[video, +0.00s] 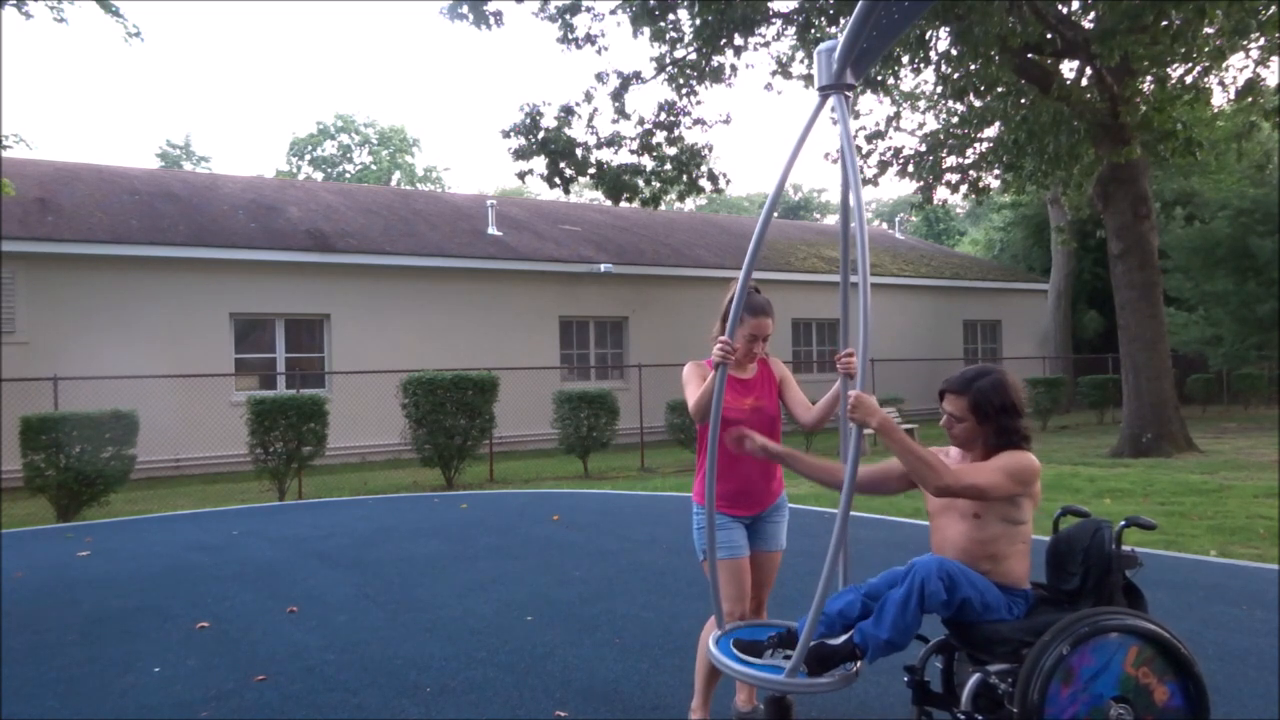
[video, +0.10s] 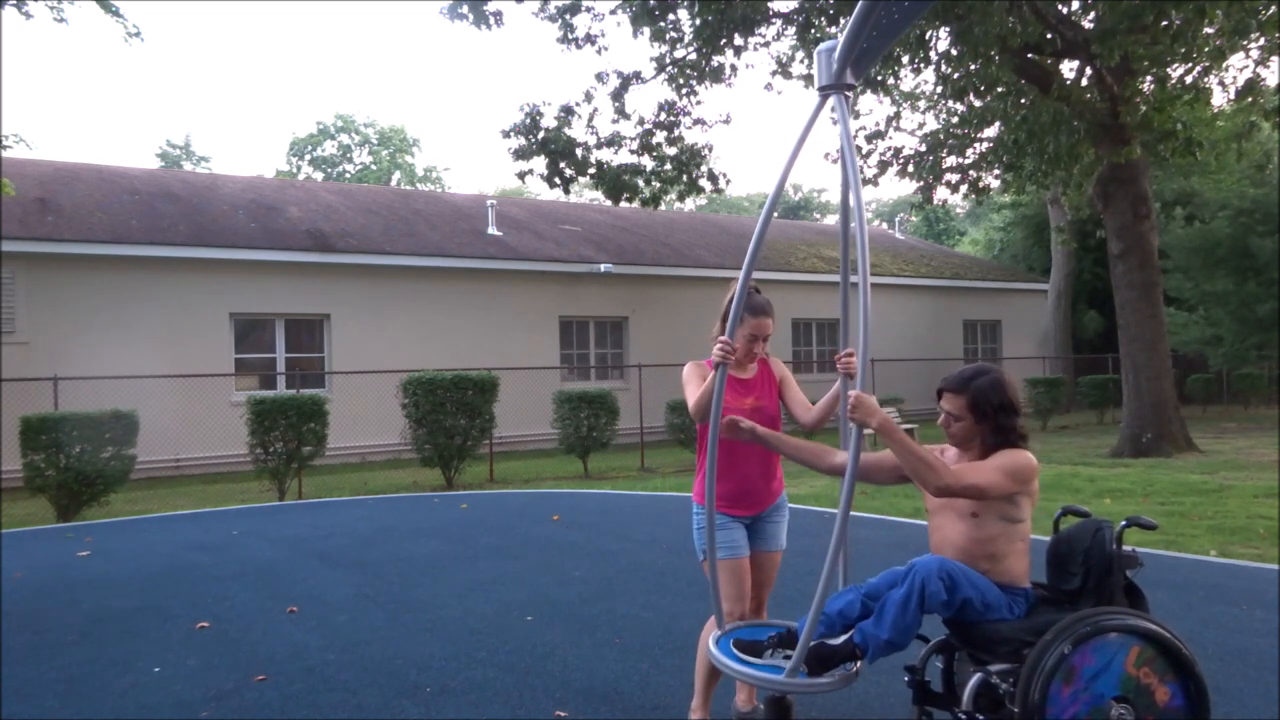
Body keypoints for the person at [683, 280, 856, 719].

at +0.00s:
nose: (760, 347)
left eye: (765, 338)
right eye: (752, 337)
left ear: (770, 332)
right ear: (727, 328)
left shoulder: (774, 367)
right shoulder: (698, 369)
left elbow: (811, 417)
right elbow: (698, 412)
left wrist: (842, 381)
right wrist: (719, 369)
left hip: (771, 504)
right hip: (718, 507)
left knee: (757, 611)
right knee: (732, 615)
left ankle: (746, 699)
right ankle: (699, 706)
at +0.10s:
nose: (760, 347)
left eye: (766, 338)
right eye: (752, 337)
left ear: (771, 332)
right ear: (728, 328)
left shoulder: (774, 367)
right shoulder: (698, 369)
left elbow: (810, 417)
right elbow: (699, 412)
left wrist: (842, 381)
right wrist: (719, 369)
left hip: (771, 504)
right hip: (718, 507)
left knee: (757, 611)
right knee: (732, 615)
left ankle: (747, 699)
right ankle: (699, 706)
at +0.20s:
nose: (760, 347)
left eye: (766, 338)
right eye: (752, 337)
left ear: (771, 332)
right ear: (728, 328)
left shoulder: (774, 367)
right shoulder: (698, 369)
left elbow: (810, 417)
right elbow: (698, 412)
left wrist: (842, 381)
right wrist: (719, 369)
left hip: (771, 504)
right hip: (718, 507)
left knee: (757, 611)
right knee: (732, 615)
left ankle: (747, 699)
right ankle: (699, 706)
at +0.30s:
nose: (760, 347)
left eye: (766, 338)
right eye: (752, 337)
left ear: (771, 332)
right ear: (728, 328)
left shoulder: (774, 367)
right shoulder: (698, 369)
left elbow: (811, 417)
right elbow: (699, 413)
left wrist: (842, 381)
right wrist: (719, 369)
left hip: (771, 504)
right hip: (718, 507)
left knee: (757, 611)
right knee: (732, 615)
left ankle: (746, 699)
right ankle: (699, 706)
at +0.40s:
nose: (760, 347)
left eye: (766, 338)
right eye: (752, 337)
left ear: (771, 332)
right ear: (728, 328)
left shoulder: (774, 367)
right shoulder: (699, 370)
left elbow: (810, 418)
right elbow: (699, 415)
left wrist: (842, 380)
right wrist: (719, 369)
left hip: (771, 504)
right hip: (719, 507)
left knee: (757, 610)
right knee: (732, 614)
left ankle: (746, 700)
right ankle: (699, 707)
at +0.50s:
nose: (760, 347)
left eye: (766, 338)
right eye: (752, 337)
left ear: (771, 332)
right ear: (728, 329)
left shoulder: (774, 367)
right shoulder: (698, 370)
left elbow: (811, 418)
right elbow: (700, 415)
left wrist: (843, 381)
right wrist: (719, 369)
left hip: (771, 503)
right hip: (718, 507)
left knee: (757, 610)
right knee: (732, 614)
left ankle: (746, 699)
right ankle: (699, 707)